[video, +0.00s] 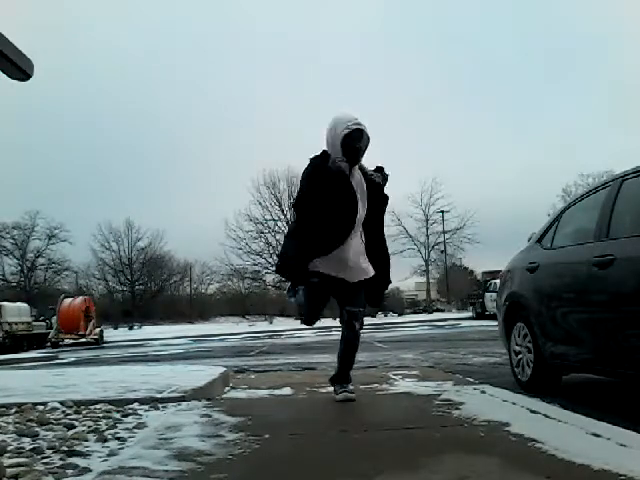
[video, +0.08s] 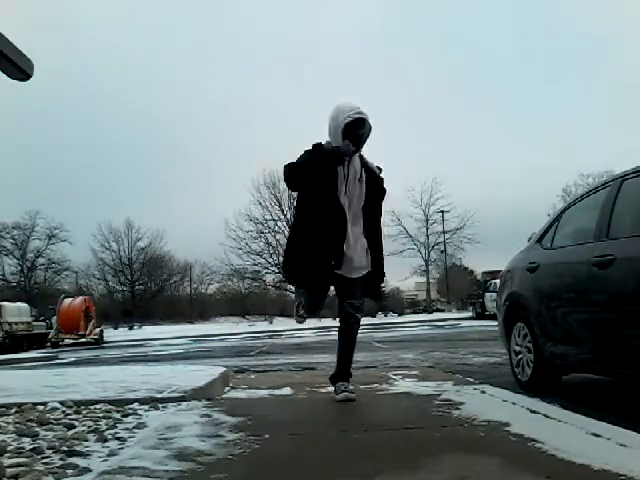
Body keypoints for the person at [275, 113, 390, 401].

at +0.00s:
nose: (359, 147)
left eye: (363, 141)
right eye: (352, 140)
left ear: (367, 144)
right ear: (336, 141)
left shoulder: (369, 182)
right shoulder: (318, 171)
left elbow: (375, 231)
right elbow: (302, 218)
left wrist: (381, 272)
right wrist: (291, 261)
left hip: (357, 264)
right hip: (322, 261)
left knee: (353, 324)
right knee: (309, 317)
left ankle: (342, 380)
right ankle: (296, 284)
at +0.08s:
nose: (360, 136)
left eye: (364, 130)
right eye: (354, 129)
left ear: (367, 134)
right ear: (338, 129)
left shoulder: (371, 175)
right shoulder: (317, 160)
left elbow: (374, 227)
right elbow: (292, 180)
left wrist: (377, 269)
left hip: (356, 257)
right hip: (319, 254)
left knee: (351, 318)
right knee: (312, 309)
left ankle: (342, 379)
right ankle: (302, 302)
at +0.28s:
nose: (353, 121)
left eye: (358, 116)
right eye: (347, 115)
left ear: (363, 121)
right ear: (333, 119)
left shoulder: (373, 165)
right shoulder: (322, 146)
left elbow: (382, 218)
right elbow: (301, 156)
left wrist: (382, 261)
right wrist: (316, 120)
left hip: (353, 248)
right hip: (318, 241)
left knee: (351, 311)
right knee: (298, 303)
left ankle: (346, 379)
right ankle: (320, 303)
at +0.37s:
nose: (338, 138)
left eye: (343, 132)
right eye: (332, 133)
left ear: (354, 137)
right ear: (323, 136)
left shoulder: (374, 177)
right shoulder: (314, 167)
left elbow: (384, 220)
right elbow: (302, 208)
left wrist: (402, 241)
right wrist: (295, 171)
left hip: (358, 261)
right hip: (323, 257)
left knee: (349, 321)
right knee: (296, 315)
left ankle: (344, 381)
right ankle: (296, 300)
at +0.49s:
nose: (319, 145)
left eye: (324, 139)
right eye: (315, 140)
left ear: (340, 139)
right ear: (313, 142)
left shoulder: (367, 169)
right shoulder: (309, 174)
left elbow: (411, 182)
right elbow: (284, 214)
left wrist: (389, 169)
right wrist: (280, 216)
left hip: (357, 262)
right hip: (321, 262)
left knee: (349, 321)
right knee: (317, 314)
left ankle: (343, 380)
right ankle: (287, 310)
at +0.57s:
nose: (310, 128)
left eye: (316, 121)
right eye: (307, 123)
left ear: (332, 121)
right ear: (305, 126)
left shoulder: (360, 144)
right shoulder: (305, 161)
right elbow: (288, 203)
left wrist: (384, 134)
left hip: (356, 242)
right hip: (321, 243)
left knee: (352, 309)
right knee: (326, 303)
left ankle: (347, 375)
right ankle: (298, 341)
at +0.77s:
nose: (307, 131)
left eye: (313, 125)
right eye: (304, 126)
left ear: (328, 126)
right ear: (302, 131)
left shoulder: (349, 149)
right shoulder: (303, 165)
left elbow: (380, 146)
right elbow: (305, 210)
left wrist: (361, 111)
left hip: (356, 241)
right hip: (323, 249)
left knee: (371, 298)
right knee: (338, 319)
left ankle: (382, 331)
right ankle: (346, 381)